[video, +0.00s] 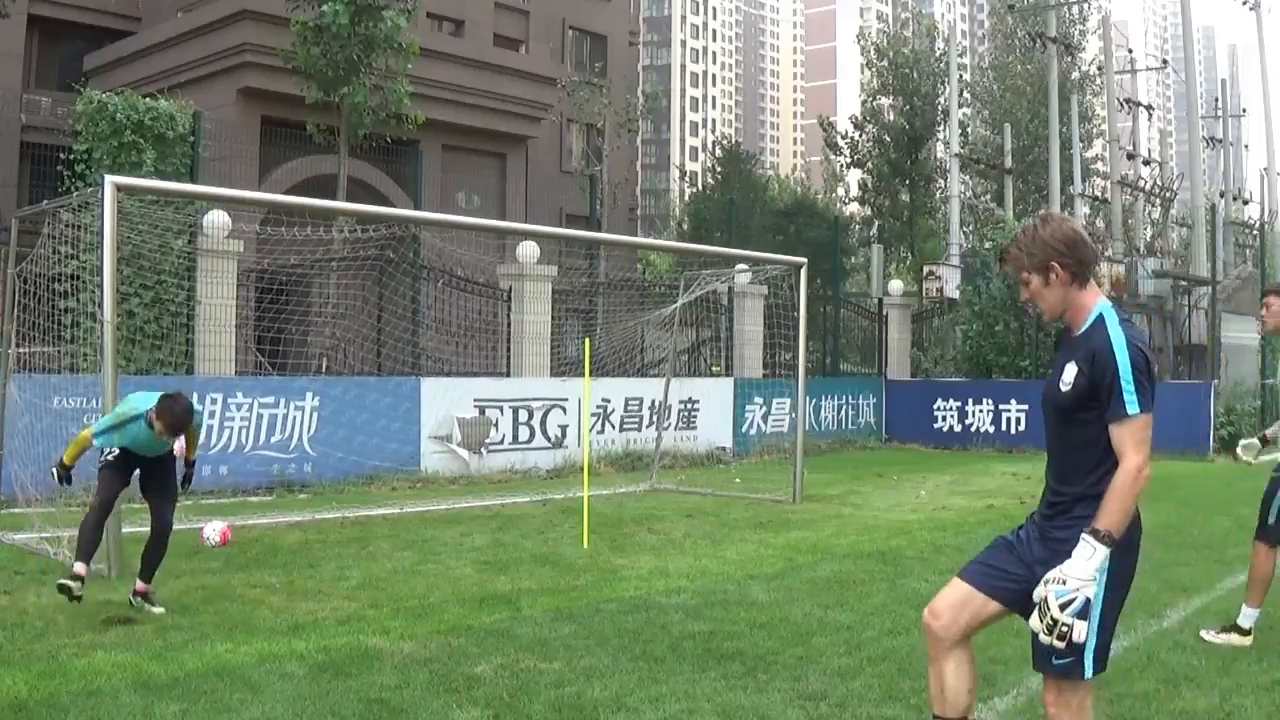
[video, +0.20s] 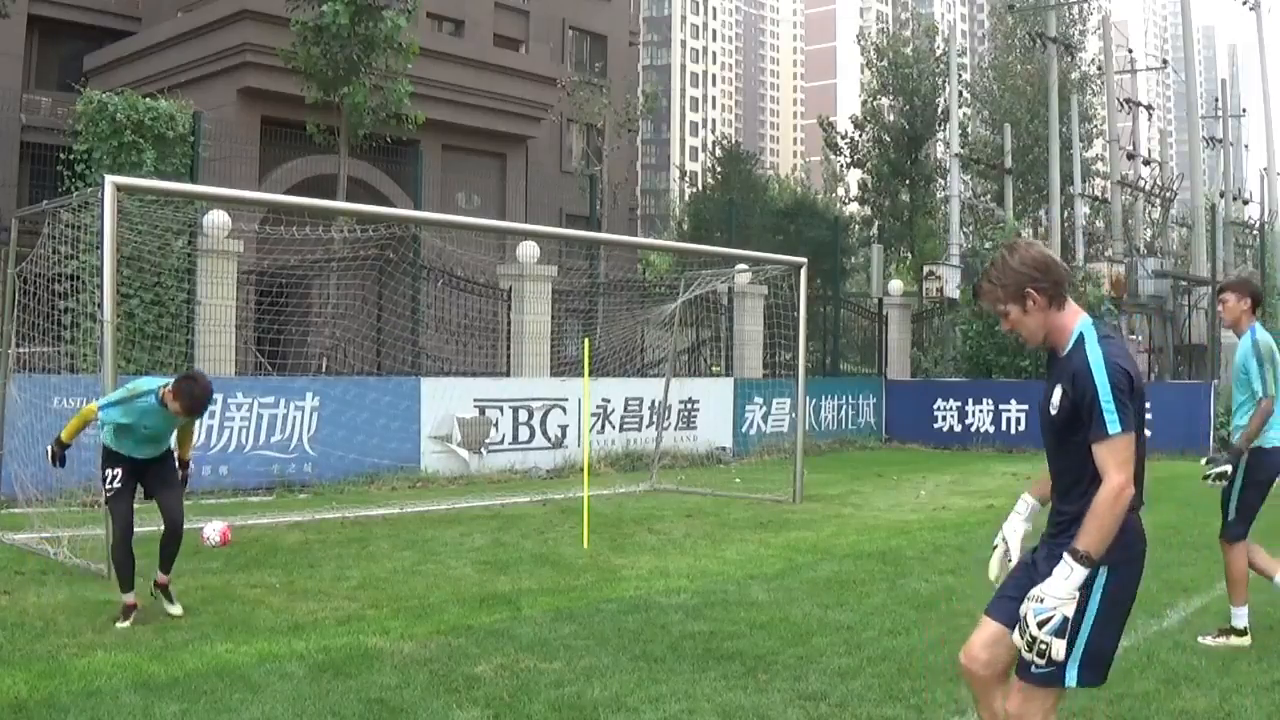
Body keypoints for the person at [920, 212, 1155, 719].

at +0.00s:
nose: (1023, 296)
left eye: (1026, 282)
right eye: (1020, 284)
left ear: (1058, 274)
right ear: (1057, 276)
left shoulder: (1114, 345)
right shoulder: (1077, 337)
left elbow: (1136, 463)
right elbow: (1086, 450)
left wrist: (1091, 553)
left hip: (1091, 542)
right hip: (1048, 528)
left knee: (1065, 700)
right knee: (943, 622)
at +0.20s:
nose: (1005, 328)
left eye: (1005, 315)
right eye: (1000, 318)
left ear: (1034, 299)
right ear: (1034, 301)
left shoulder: (1097, 364)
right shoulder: (1066, 353)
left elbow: (1119, 483)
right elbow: (1073, 458)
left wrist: (1070, 575)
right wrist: (1027, 505)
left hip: (1099, 550)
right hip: (1062, 536)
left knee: (1028, 706)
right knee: (980, 661)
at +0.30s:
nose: (993, 340)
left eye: (993, 327)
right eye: (987, 330)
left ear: (1022, 311)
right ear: (1022, 310)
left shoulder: (1081, 371)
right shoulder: (1064, 361)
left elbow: (1102, 495)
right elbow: (1057, 450)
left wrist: (1053, 587)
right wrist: (1003, 509)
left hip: (1115, 549)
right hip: (1092, 541)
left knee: (1038, 698)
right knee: (1017, 677)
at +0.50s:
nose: (980, 332)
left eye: (980, 319)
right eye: (976, 321)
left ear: (1011, 307)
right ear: (1013, 306)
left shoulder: (1075, 354)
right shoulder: (1057, 348)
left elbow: (1082, 485)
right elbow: (1044, 440)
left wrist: (1012, 563)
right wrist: (974, 495)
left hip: (1150, 527)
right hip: (1131, 523)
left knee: (1109, 697)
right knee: (1093, 668)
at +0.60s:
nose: (1010, 315)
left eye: (1014, 302)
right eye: (1010, 303)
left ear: (1046, 307)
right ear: (1049, 307)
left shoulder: (1097, 369)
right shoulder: (1080, 363)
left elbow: (1039, 487)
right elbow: (1031, 450)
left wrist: (945, 517)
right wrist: (942, 478)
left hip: (1162, 540)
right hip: (1156, 534)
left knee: (1082, 696)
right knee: (1132, 687)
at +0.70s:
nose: (1039, 307)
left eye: (1048, 295)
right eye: (1040, 295)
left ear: (1082, 300)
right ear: (1079, 302)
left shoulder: (1120, 362)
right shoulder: (1106, 359)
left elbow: (1058, 476)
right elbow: (1052, 445)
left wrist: (960, 490)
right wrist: (964, 457)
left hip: (1164, 546)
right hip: (1175, 540)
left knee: (1077, 695)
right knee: (1161, 692)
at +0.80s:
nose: (1115, 287)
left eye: (1128, 273)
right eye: (1107, 278)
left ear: (1163, 280)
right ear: (1102, 286)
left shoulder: (1180, 352)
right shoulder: (1127, 352)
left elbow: (1142, 460)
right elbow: (1105, 445)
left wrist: (1040, 466)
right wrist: (1021, 459)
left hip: (1183, 542)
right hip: (1164, 539)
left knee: (1090, 695)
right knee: (1209, 691)